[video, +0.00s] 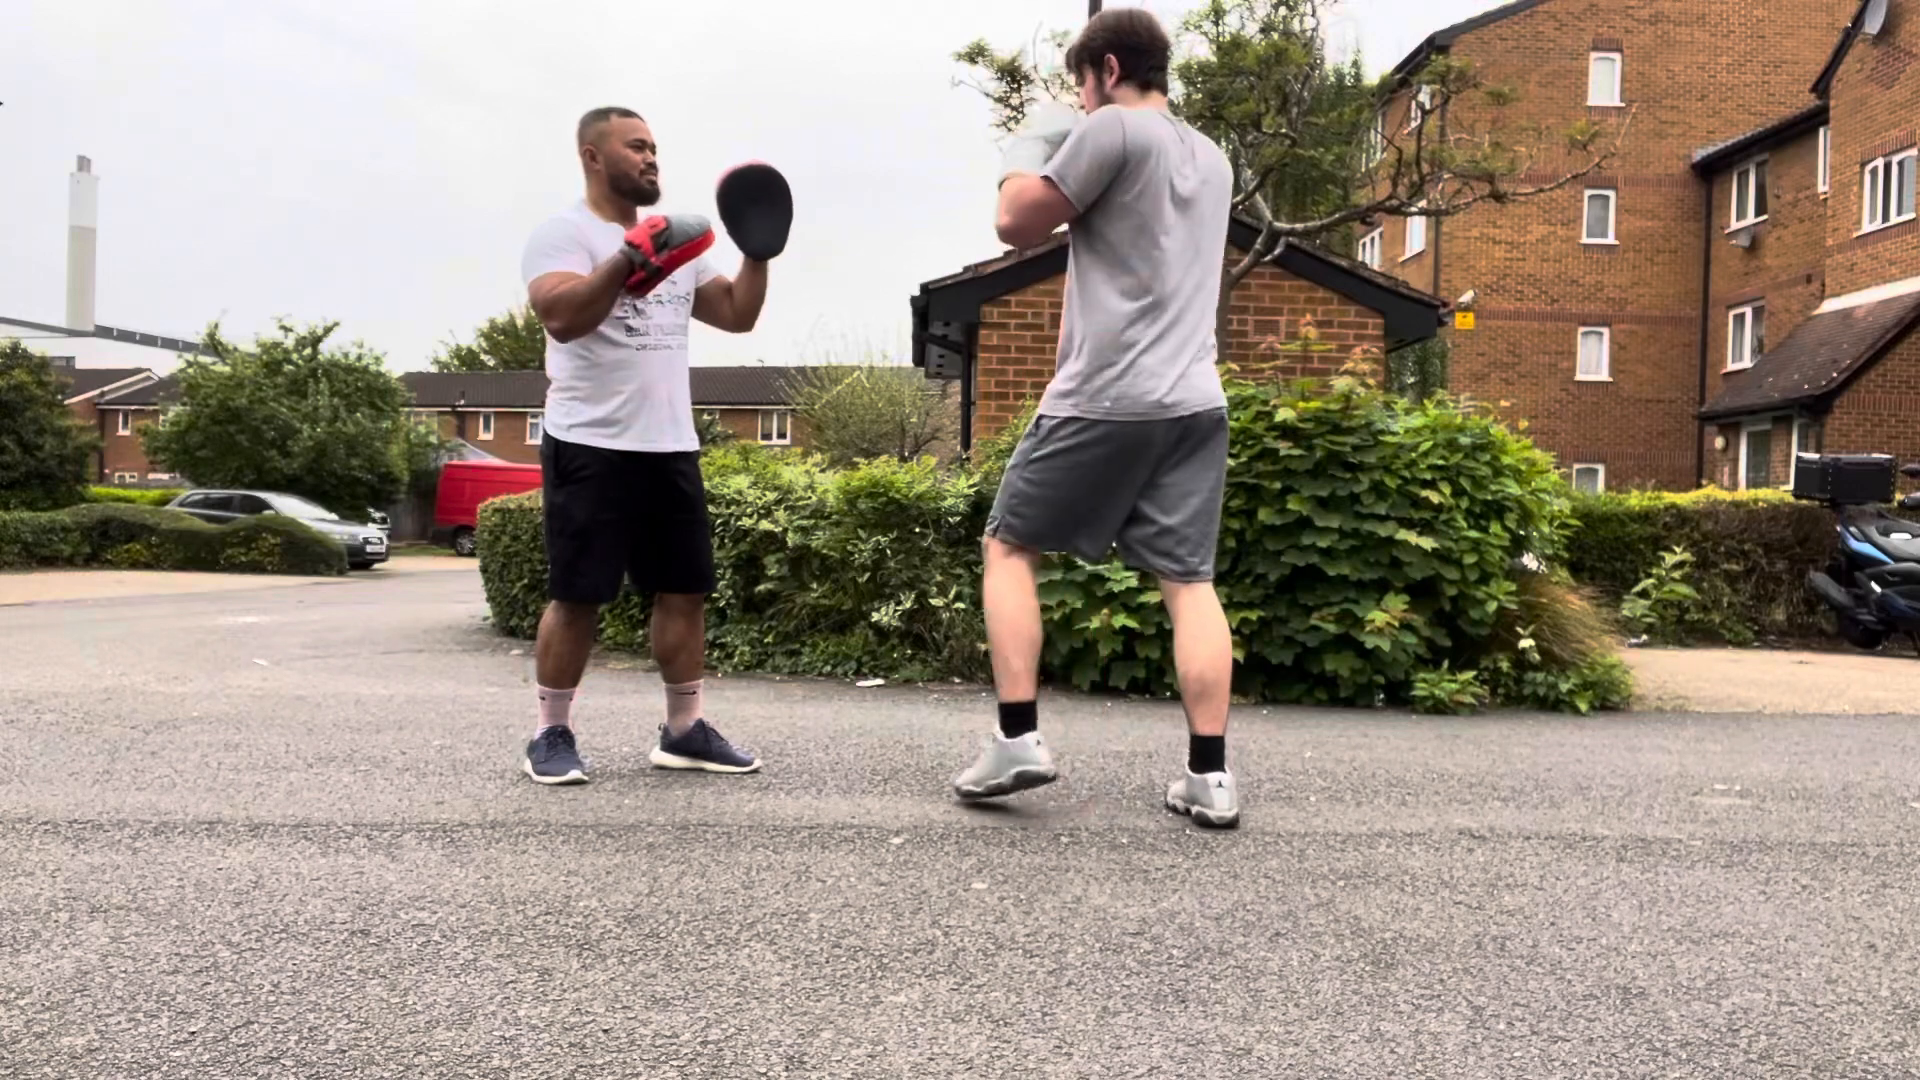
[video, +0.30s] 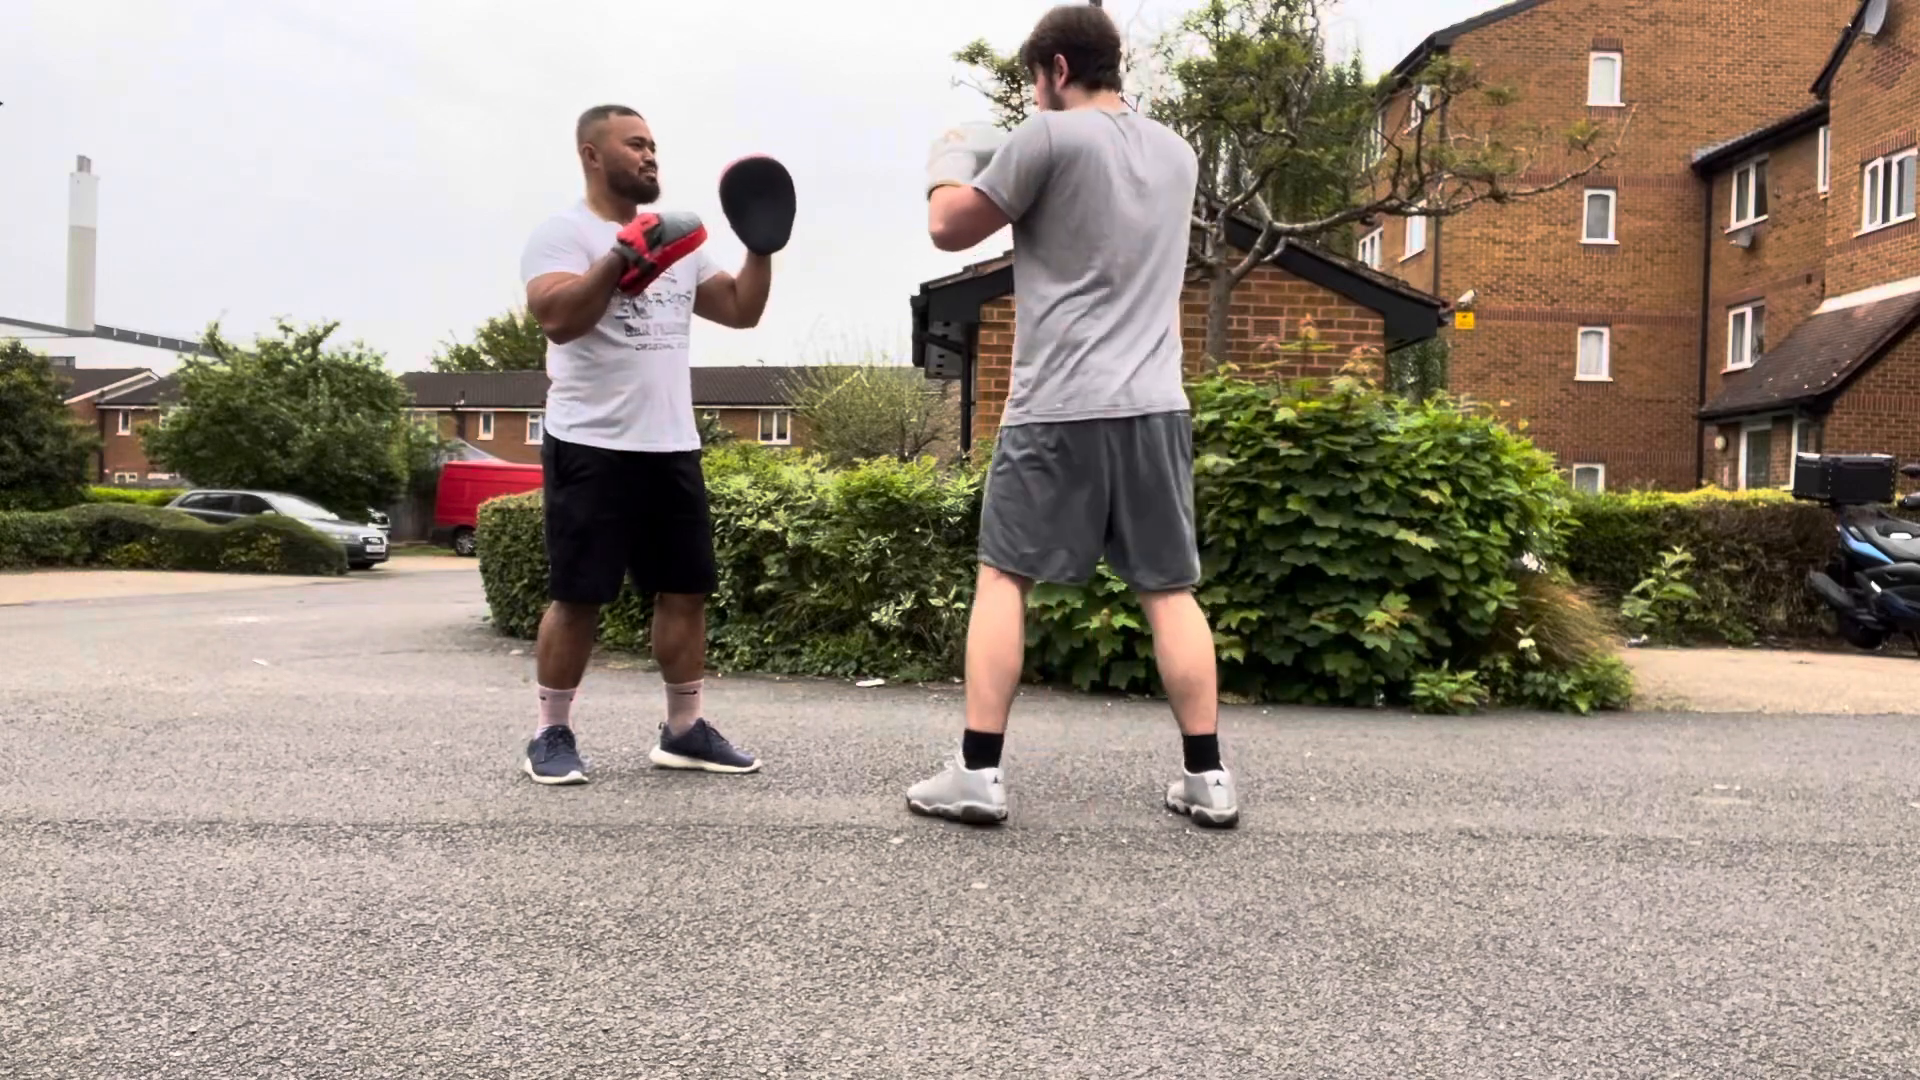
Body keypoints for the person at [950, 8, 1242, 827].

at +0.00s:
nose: (1079, 99)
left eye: (1080, 84)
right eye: (1076, 86)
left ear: (1108, 71)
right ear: (1159, 74)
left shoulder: (1114, 131)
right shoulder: (1215, 158)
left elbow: (1016, 224)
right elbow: (1180, 244)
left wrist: (1034, 162)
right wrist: (1087, 168)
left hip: (1102, 397)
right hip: (1197, 399)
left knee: (1009, 548)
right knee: (1191, 578)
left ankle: (1018, 740)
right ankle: (1210, 777)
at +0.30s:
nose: (1033, 93)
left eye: (1033, 79)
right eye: (1032, 80)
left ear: (1056, 71)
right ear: (1113, 67)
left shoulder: (1049, 138)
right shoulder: (1178, 150)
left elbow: (950, 228)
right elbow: (1118, 228)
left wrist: (948, 166)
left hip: (1053, 406)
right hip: (1158, 404)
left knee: (1002, 576)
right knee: (1170, 587)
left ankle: (979, 773)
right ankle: (1208, 777)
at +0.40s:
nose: (1009, 93)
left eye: (1008, 80)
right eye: (1008, 81)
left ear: (1031, 71)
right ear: (1091, 66)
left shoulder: (1017, 136)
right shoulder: (1157, 144)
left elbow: (906, 209)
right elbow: (1111, 237)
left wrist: (890, 163)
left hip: (1040, 401)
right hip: (1144, 398)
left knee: (989, 575)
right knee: (1159, 584)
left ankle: (978, 773)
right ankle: (1208, 773)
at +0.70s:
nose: (964, 87)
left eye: (963, 75)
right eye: (963, 75)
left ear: (986, 69)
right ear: (1047, 60)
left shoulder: (961, 135)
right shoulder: (1119, 130)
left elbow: (847, 187)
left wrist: (814, 199)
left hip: (1004, 395)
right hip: (1109, 390)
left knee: (970, 585)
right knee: (1140, 574)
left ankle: (975, 775)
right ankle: (1204, 760)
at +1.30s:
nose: (947, 95)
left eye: (946, 78)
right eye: (945, 80)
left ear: (973, 68)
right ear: (1016, 58)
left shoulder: (1024, 147)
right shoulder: (1059, 127)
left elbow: (1008, 293)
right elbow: (922, 171)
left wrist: (920, 298)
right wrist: (825, 177)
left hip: (1059, 399)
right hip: (1138, 387)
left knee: (997, 576)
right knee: (1152, 581)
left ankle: (977, 778)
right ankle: (1207, 774)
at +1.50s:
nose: (967, 92)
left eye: (966, 75)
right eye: (963, 77)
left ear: (992, 67)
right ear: (1038, 59)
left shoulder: (1036, 146)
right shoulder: (1092, 131)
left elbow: (1014, 292)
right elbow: (1026, 230)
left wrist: (926, 285)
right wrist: (929, 218)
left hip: (1071, 402)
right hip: (1156, 389)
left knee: (1008, 576)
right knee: (1157, 587)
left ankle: (976, 777)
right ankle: (1207, 779)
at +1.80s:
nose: (1074, 82)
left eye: (1074, 68)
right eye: (1072, 70)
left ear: (1096, 54)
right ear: (1159, 53)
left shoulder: (1078, 130)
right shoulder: (1224, 138)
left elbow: (1009, 248)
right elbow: (1203, 245)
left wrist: (1047, 176)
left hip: (1092, 405)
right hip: (1193, 402)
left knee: (1030, 581)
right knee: (1182, 593)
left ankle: (979, 774)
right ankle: (1208, 779)